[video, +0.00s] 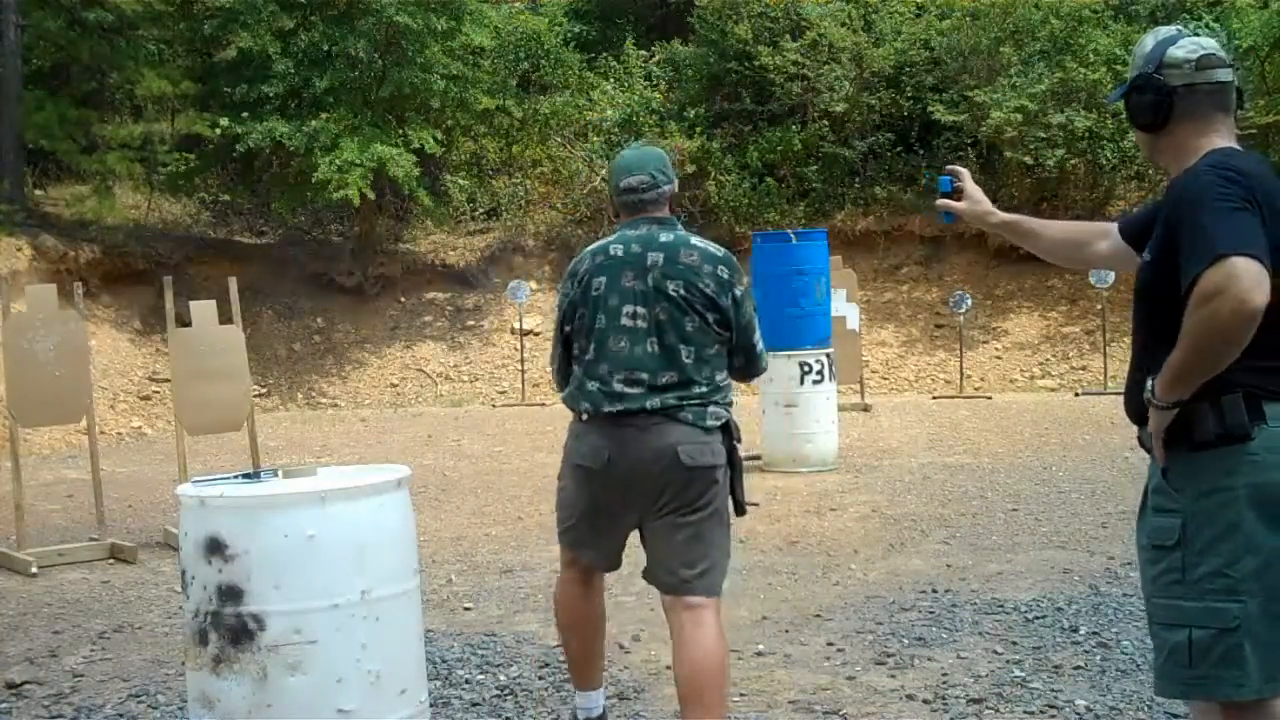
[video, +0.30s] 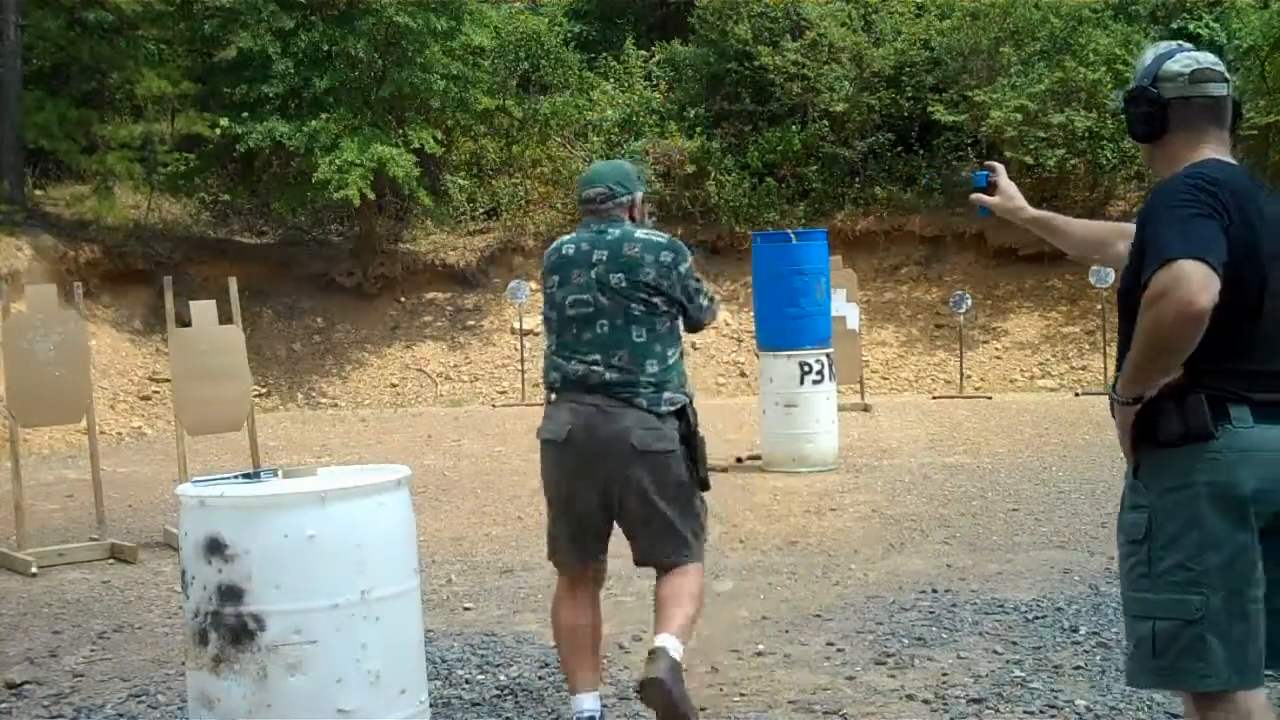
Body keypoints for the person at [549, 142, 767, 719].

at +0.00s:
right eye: (673, 189)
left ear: (615, 201)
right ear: (673, 195)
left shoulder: (586, 265)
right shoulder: (715, 262)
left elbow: (564, 368)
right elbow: (749, 361)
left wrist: (621, 378)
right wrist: (688, 347)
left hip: (599, 443)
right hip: (690, 443)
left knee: (581, 569)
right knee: (694, 601)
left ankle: (588, 708)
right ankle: (707, 715)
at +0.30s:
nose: (646, 209)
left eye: (640, 202)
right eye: (644, 202)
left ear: (584, 207)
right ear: (635, 205)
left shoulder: (557, 254)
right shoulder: (660, 249)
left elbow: (574, 316)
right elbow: (702, 314)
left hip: (566, 425)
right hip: (645, 428)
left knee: (577, 575)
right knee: (679, 557)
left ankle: (585, 708)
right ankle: (665, 654)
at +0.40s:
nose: (644, 206)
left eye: (640, 198)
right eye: (642, 198)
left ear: (585, 202)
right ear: (633, 202)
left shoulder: (555, 248)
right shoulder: (654, 240)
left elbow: (597, 283)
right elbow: (696, 277)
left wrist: (660, 245)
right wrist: (692, 248)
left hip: (562, 412)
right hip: (640, 415)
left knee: (580, 565)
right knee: (667, 539)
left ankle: (587, 706)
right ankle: (639, 672)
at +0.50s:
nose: (646, 204)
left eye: (642, 197)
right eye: (644, 197)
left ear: (588, 200)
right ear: (634, 200)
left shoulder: (558, 244)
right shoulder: (654, 236)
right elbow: (690, 267)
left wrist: (663, 237)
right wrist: (693, 237)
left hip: (568, 399)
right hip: (642, 405)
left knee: (577, 551)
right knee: (645, 543)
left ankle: (585, 678)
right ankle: (622, 667)